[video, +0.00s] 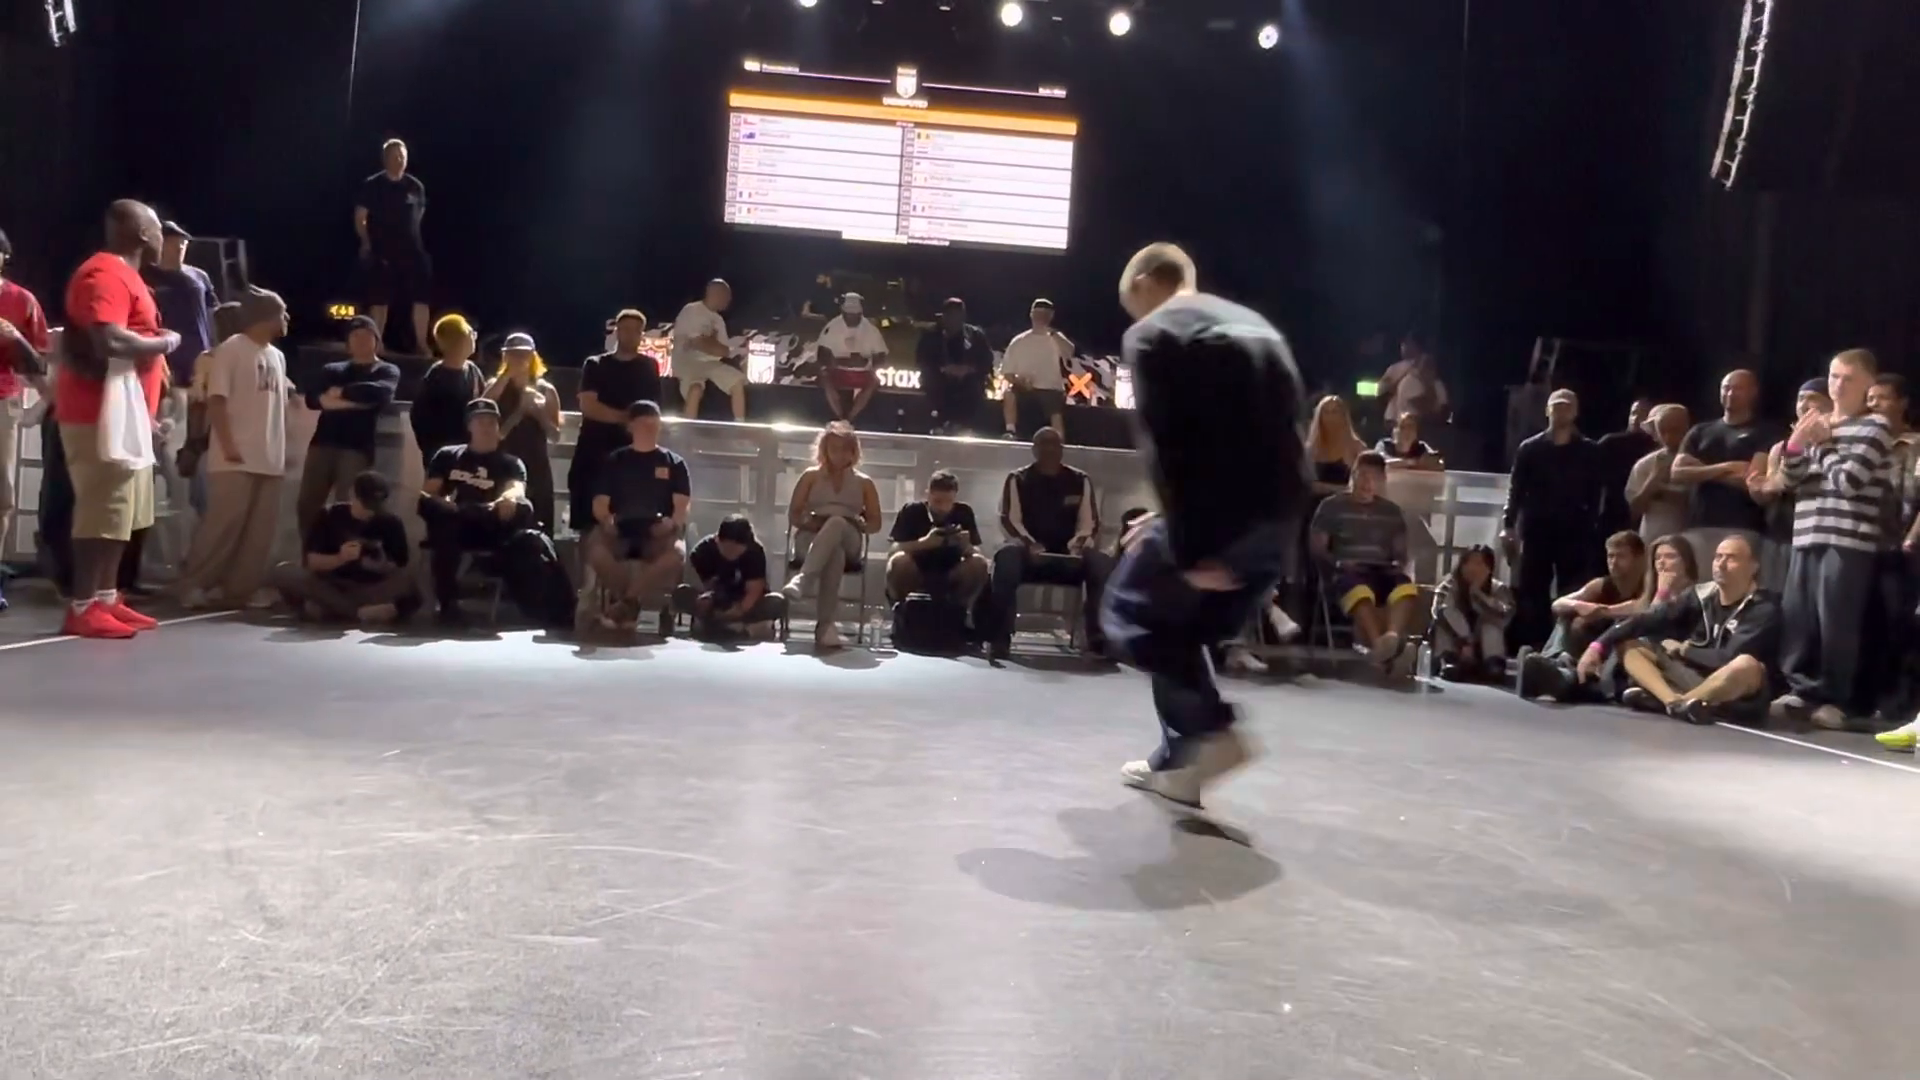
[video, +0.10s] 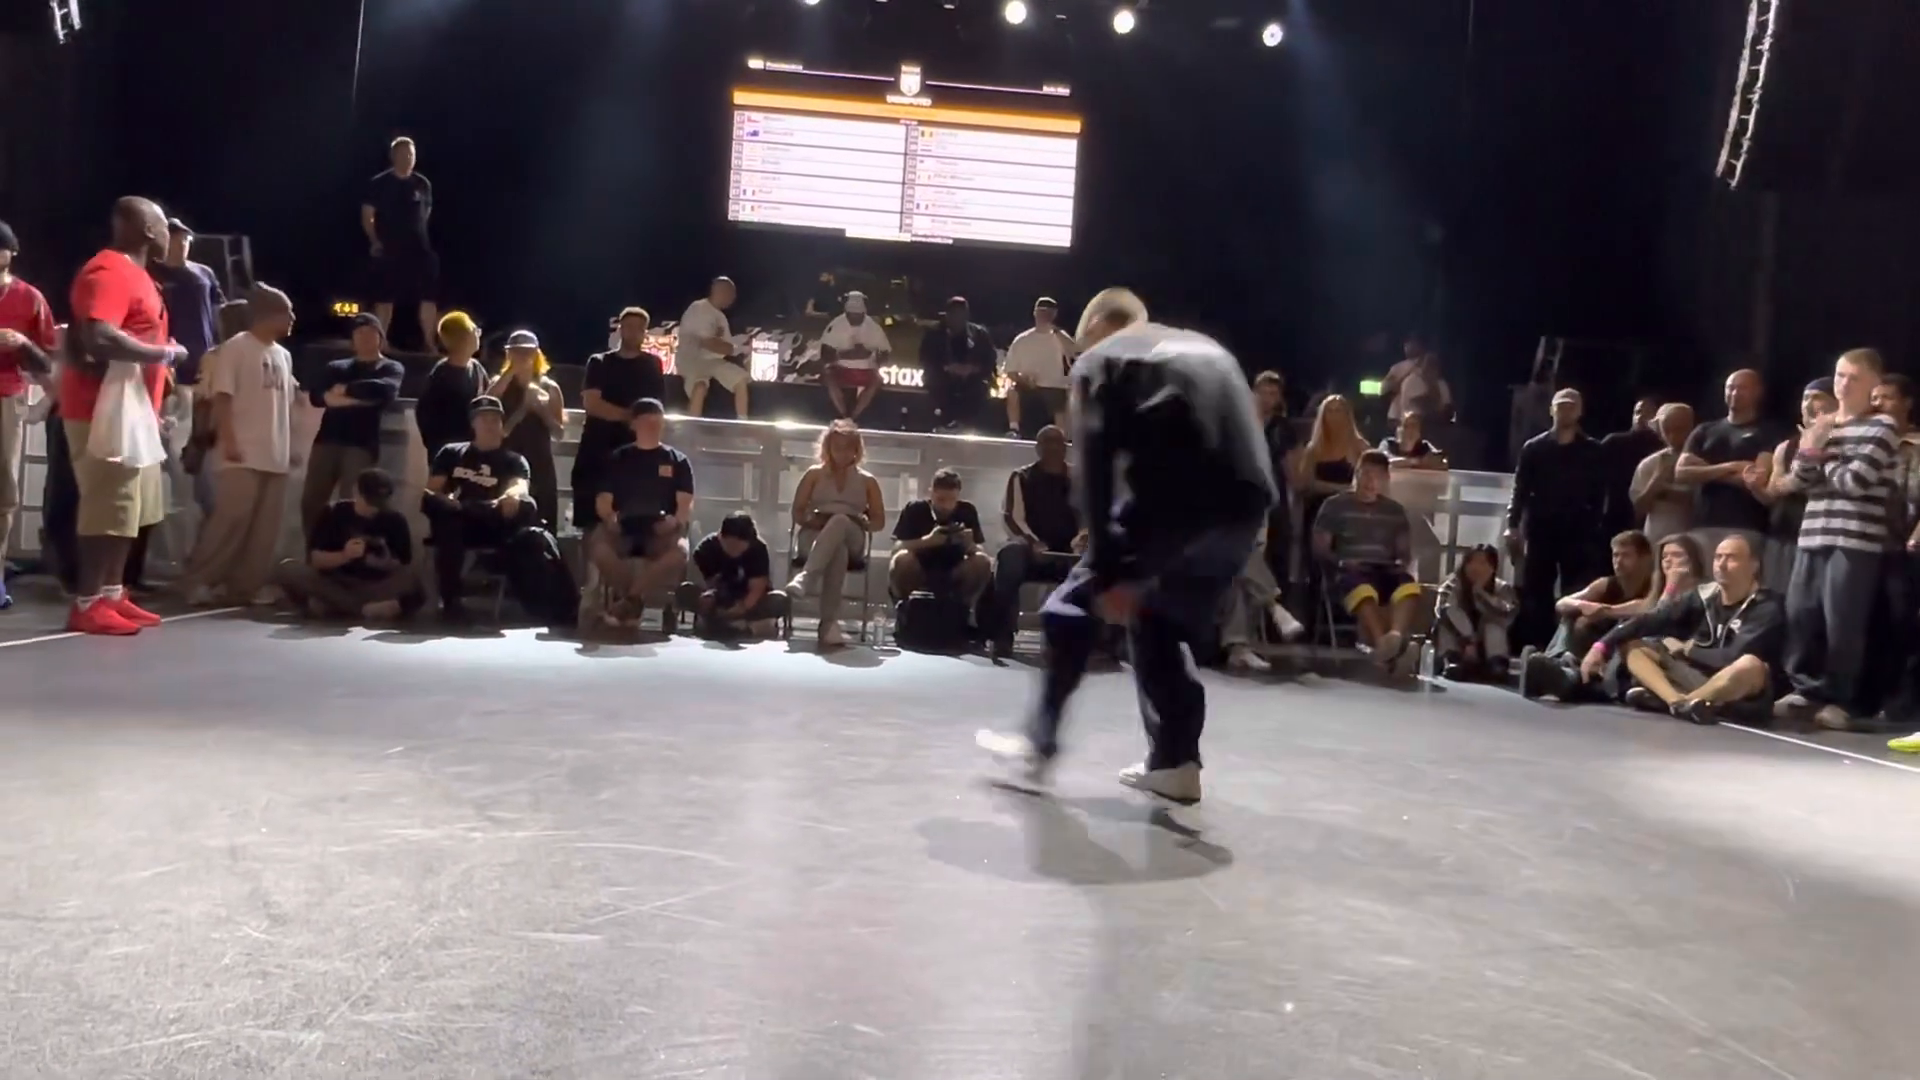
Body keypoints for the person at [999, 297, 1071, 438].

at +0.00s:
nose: (1041, 316)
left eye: (1045, 313)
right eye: (1037, 312)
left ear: (1051, 316)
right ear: (1031, 315)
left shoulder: (1057, 339)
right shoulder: (1018, 341)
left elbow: (1070, 353)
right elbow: (1006, 371)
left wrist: (1054, 335)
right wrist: (1018, 381)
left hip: (1051, 388)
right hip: (1025, 387)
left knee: (1056, 412)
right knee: (1008, 393)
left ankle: (1059, 446)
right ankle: (1010, 431)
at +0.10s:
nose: (1045, 315)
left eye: (1048, 311)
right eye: (1041, 311)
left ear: (1054, 314)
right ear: (1034, 314)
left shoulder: (1061, 338)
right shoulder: (1021, 340)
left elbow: (1075, 354)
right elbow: (1009, 369)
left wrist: (1057, 333)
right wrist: (1022, 380)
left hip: (1054, 387)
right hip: (1029, 387)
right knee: (1012, 391)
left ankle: (1062, 439)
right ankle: (1014, 430)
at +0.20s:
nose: (1045, 313)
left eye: (1049, 309)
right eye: (1042, 309)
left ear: (1056, 313)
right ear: (1037, 312)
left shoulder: (1063, 335)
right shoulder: (1024, 338)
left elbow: (1076, 349)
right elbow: (1012, 367)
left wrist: (1059, 330)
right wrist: (1025, 380)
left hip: (1057, 387)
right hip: (1031, 387)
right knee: (1014, 391)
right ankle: (1016, 427)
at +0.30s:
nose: (1048, 312)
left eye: (1052, 308)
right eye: (1045, 308)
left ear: (1059, 312)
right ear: (1039, 310)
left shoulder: (1065, 335)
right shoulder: (1026, 337)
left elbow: (1082, 349)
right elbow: (1014, 367)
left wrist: (1061, 328)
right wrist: (1026, 377)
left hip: (1060, 388)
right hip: (1035, 388)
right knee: (1016, 389)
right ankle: (1018, 427)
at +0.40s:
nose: (1050, 311)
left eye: (1054, 307)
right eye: (1047, 307)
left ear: (1060, 311)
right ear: (1041, 310)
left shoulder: (1066, 334)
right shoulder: (1029, 336)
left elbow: (1081, 347)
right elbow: (1016, 366)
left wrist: (1064, 328)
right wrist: (1028, 378)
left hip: (1062, 388)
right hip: (1037, 387)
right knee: (1018, 389)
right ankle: (1020, 426)